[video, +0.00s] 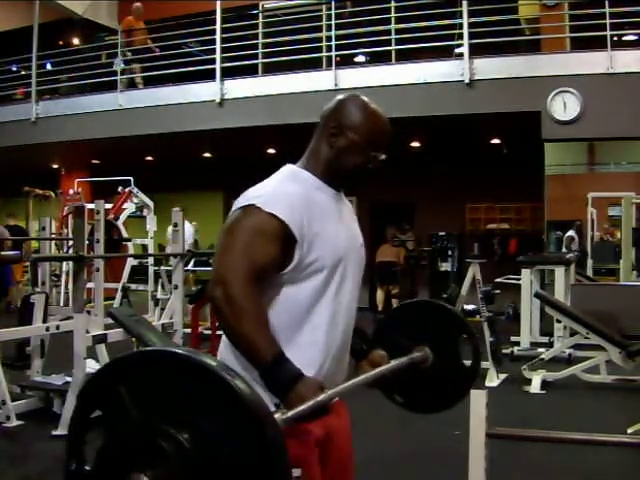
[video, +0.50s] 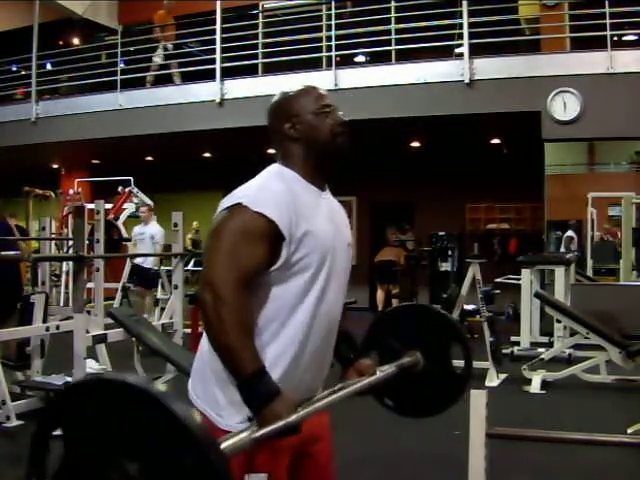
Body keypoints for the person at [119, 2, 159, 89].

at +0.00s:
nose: (139, 12)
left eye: (140, 9)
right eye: (137, 9)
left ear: (142, 10)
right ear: (133, 10)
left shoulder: (141, 22)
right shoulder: (128, 20)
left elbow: (146, 38)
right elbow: (122, 34)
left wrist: (154, 48)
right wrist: (124, 48)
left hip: (140, 49)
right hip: (132, 48)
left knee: (128, 70)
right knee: (137, 69)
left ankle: (122, 87)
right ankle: (141, 88)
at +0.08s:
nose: (144, 10)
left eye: (145, 8)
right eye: (142, 7)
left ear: (147, 9)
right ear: (138, 8)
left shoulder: (146, 21)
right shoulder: (133, 19)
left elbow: (150, 36)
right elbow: (128, 35)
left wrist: (158, 47)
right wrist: (128, 49)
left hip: (146, 47)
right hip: (137, 47)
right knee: (140, 67)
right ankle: (143, 85)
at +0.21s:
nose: (151, 6)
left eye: (152, 4)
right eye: (149, 4)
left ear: (153, 5)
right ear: (145, 5)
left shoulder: (153, 19)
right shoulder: (140, 17)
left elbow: (156, 35)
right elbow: (136, 33)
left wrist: (160, 47)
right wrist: (137, 45)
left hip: (154, 46)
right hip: (145, 47)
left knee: (154, 67)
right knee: (146, 68)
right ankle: (143, 85)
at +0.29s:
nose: (156, 5)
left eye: (157, 3)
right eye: (154, 2)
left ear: (159, 4)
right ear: (150, 3)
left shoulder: (158, 17)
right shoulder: (146, 15)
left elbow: (159, 31)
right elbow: (143, 31)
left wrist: (160, 42)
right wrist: (146, 43)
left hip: (158, 43)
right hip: (149, 43)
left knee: (162, 65)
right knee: (147, 66)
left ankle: (152, 83)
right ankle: (145, 86)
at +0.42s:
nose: (165, 5)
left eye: (166, 3)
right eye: (163, 3)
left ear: (167, 4)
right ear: (159, 3)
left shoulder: (165, 16)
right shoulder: (154, 15)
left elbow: (166, 30)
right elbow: (151, 30)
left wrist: (166, 40)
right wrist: (156, 42)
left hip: (165, 43)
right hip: (156, 43)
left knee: (170, 64)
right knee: (151, 65)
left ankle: (171, 84)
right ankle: (147, 86)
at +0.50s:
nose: (170, 6)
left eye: (172, 3)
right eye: (169, 3)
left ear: (173, 4)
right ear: (164, 3)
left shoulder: (170, 16)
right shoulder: (160, 15)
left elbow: (170, 29)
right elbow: (157, 32)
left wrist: (172, 38)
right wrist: (163, 41)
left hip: (171, 42)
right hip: (164, 43)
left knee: (174, 64)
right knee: (155, 64)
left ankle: (178, 83)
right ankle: (148, 84)